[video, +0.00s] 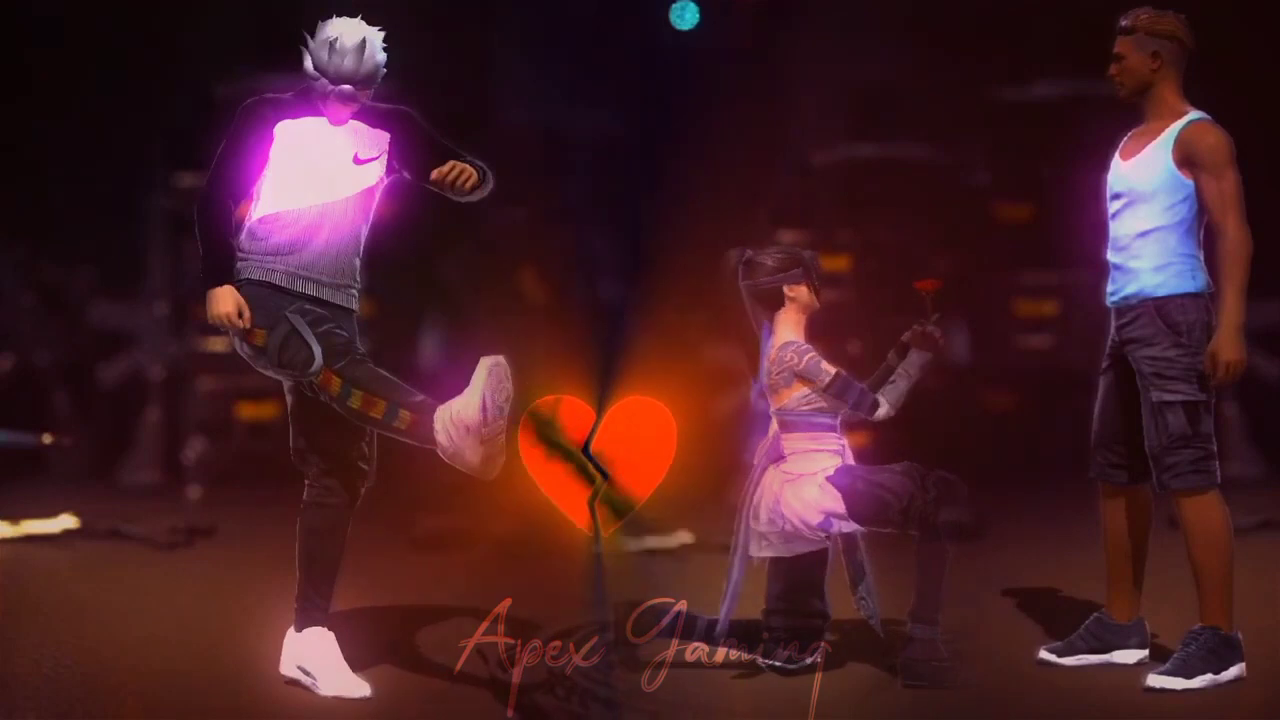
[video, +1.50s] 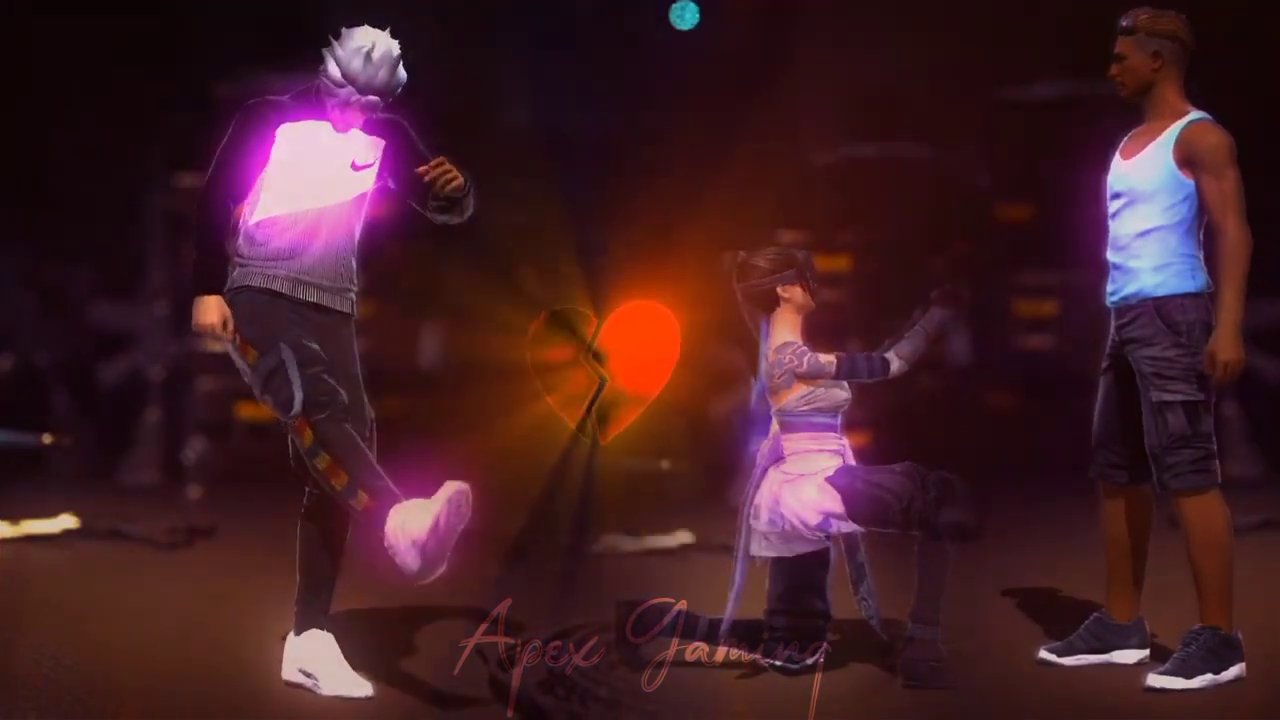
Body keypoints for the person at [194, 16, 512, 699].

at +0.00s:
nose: (345, 106)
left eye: (359, 95)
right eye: (335, 92)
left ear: (376, 82)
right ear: (313, 75)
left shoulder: (395, 127)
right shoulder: (267, 114)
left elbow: (471, 180)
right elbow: (218, 197)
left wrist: (472, 177)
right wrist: (216, 277)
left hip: (336, 307)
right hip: (260, 291)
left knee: (336, 475)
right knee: (311, 360)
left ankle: (309, 633)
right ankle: (448, 430)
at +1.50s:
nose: (357, 117)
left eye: (370, 107)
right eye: (348, 102)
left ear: (386, 98)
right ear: (329, 80)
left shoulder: (391, 136)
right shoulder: (270, 118)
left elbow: (445, 213)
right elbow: (219, 202)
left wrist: (456, 194)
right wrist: (207, 287)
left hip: (334, 309)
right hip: (263, 294)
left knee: (344, 461)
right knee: (311, 408)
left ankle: (308, 635)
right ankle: (397, 520)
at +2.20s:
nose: (360, 121)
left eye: (374, 112)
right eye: (353, 106)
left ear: (386, 107)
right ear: (332, 86)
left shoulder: (381, 144)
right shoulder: (274, 117)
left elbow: (402, 220)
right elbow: (223, 205)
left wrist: (428, 238)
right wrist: (212, 288)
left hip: (333, 309)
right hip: (264, 297)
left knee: (352, 456)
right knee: (298, 440)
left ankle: (305, 638)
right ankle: (337, 596)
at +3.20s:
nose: (357, 123)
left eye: (371, 114)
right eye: (351, 105)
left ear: (384, 110)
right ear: (329, 83)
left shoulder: (373, 153)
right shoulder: (269, 119)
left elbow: (376, 245)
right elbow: (220, 200)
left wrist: (399, 317)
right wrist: (210, 287)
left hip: (333, 324)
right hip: (264, 311)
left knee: (343, 474)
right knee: (263, 467)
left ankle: (309, 637)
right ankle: (246, 635)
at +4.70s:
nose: (348, 116)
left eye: (362, 108)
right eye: (341, 98)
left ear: (375, 107)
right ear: (319, 82)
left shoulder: (369, 157)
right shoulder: (257, 122)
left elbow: (361, 255)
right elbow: (213, 197)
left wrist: (353, 345)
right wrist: (217, 279)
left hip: (325, 333)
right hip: (250, 319)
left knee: (334, 479)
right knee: (208, 473)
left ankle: (307, 637)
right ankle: (172, 625)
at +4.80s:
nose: (344, 115)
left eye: (359, 107)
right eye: (338, 96)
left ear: (372, 107)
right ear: (315, 81)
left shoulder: (364, 154)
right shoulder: (251, 118)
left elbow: (358, 227)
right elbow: (208, 198)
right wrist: (218, 277)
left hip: (319, 331)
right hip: (244, 318)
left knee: (333, 478)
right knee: (203, 471)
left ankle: (306, 637)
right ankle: (169, 623)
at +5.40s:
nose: (340, 111)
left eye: (354, 102)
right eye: (333, 94)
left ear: (365, 98)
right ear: (308, 78)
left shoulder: (362, 150)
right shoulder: (236, 115)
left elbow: (344, 241)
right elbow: (189, 197)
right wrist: (210, 269)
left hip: (307, 329)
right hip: (227, 319)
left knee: (321, 477)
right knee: (188, 470)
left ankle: (304, 639)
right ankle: (161, 623)